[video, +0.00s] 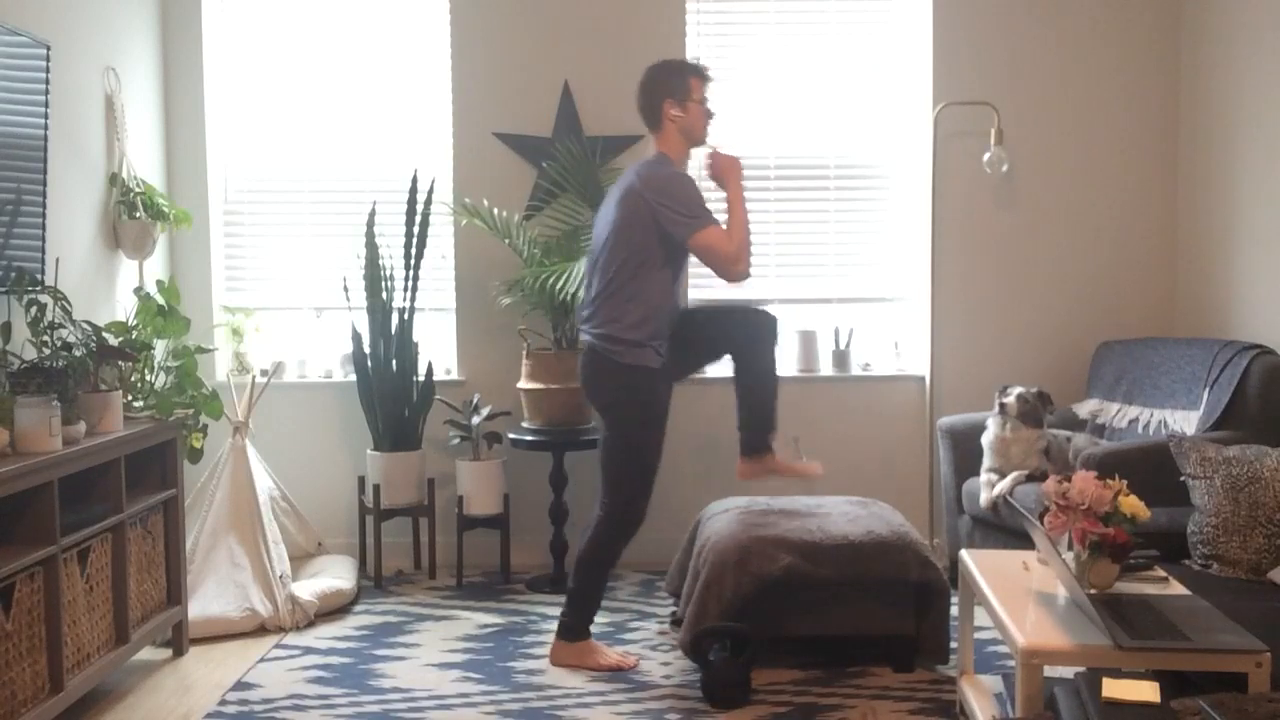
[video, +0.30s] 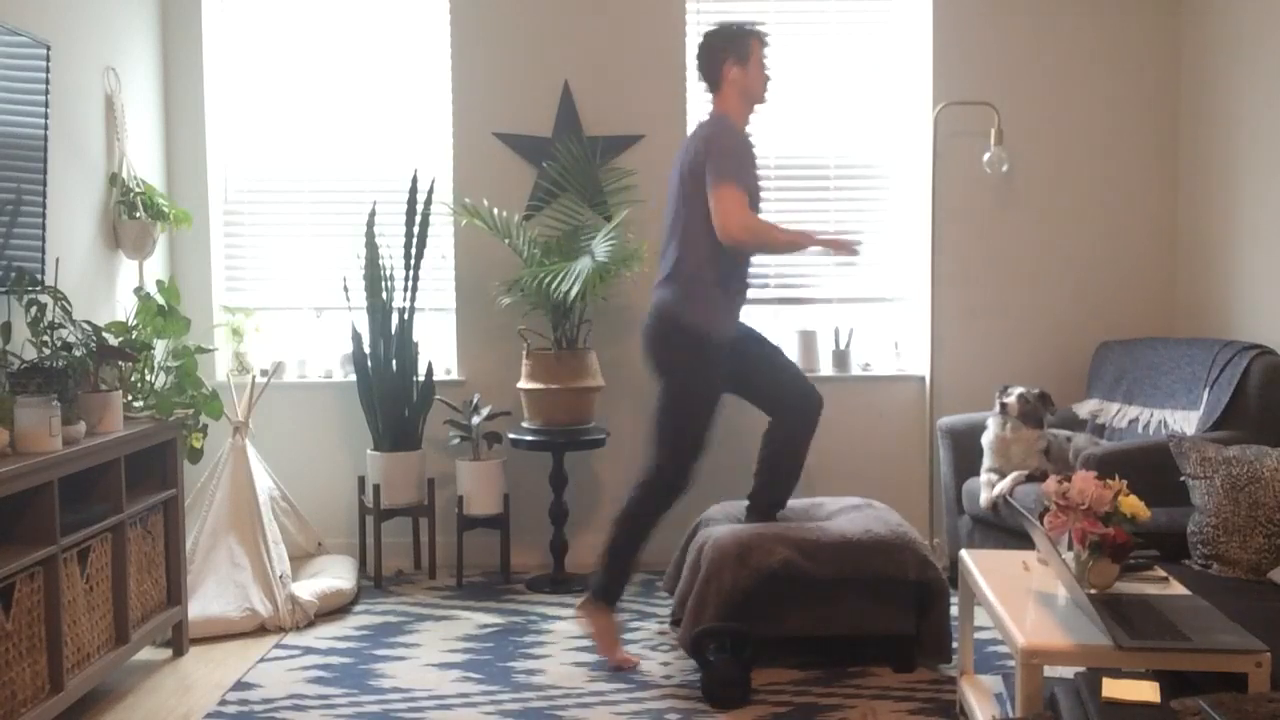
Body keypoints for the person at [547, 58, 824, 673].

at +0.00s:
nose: (710, 114)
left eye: (708, 104)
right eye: (702, 104)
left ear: (670, 112)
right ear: (673, 111)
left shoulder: (648, 176)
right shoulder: (659, 179)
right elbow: (734, 264)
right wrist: (734, 189)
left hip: (646, 342)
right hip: (626, 359)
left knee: (755, 326)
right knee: (624, 510)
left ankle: (758, 456)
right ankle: (570, 641)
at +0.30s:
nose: (769, 75)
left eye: (766, 64)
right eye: (760, 64)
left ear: (727, 75)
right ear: (731, 72)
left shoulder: (718, 139)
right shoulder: (721, 138)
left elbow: (732, 231)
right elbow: (734, 228)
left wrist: (795, 240)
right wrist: (811, 239)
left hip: (711, 326)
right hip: (690, 327)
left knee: (801, 404)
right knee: (671, 470)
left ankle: (759, 538)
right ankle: (599, 603)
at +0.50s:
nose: (784, 13)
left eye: (783, 5)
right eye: (776, 4)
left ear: (751, 12)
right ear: (749, 8)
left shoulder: (746, 85)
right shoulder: (725, 77)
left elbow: (798, 174)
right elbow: (688, 166)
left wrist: (820, 106)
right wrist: (705, 260)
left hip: (740, 261)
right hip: (733, 261)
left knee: (771, 401)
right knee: (831, 346)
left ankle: (760, 534)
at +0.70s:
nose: (797, 12)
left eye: (797, 6)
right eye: (791, 4)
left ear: (762, 12)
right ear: (760, 7)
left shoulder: (771, 80)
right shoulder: (733, 62)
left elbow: (839, 124)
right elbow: (683, 151)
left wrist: (807, 61)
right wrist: (674, 244)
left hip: (754, 244)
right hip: (740, 232)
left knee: (760, 383)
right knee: (870, 163)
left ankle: (761, 514)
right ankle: (850, 301)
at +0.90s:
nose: (794, 11)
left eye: (792, 4)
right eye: (786, 3)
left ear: (759, 12)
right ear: (757, 8)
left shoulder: (757, 81)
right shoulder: (732, 71)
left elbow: (802, 173)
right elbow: (711, 169)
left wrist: (818, 106)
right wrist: (748, 251)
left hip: (759, 236)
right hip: (748, 237)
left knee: (764, 391)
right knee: (882, 251)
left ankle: (760, 529)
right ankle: (808, 354)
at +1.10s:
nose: (786, 12)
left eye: (783, 4)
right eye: (779, 3)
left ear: (747, 12)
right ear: (752, 8)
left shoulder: (729, 74)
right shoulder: (742, 71)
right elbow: (758, 165)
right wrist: (850, 189)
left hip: (737, 253)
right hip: (747, 255)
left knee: (771, 397)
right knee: (795, 393)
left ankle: (759, 531)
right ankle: (683, 475)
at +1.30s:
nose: (777, 59)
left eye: (774, 48)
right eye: (769, 48)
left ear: (734, 59)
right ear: (741, 56)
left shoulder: (708, 131)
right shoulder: (737, 123)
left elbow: (679, 228)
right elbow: (805, 196)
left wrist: (690, 293)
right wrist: (866, 150)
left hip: (721, 307)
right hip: (712, 309)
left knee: (809, 405)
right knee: (684, 449)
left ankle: (760, 530)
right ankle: (636, 582)